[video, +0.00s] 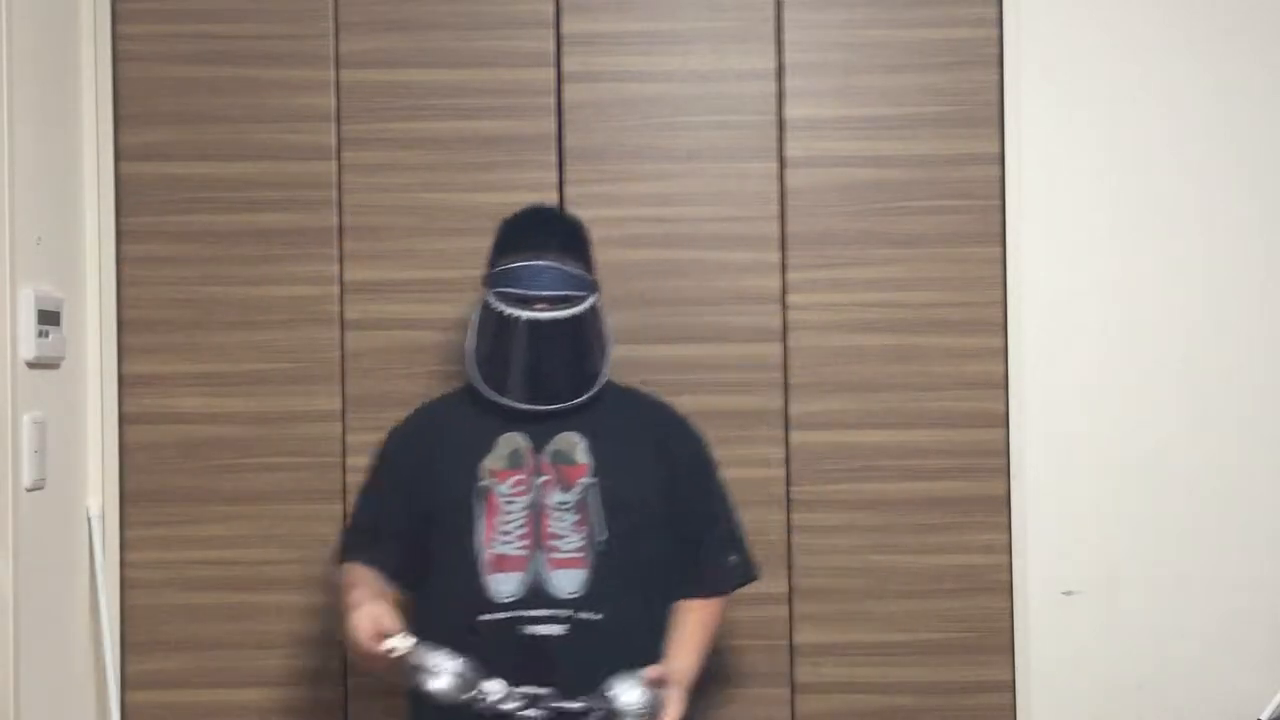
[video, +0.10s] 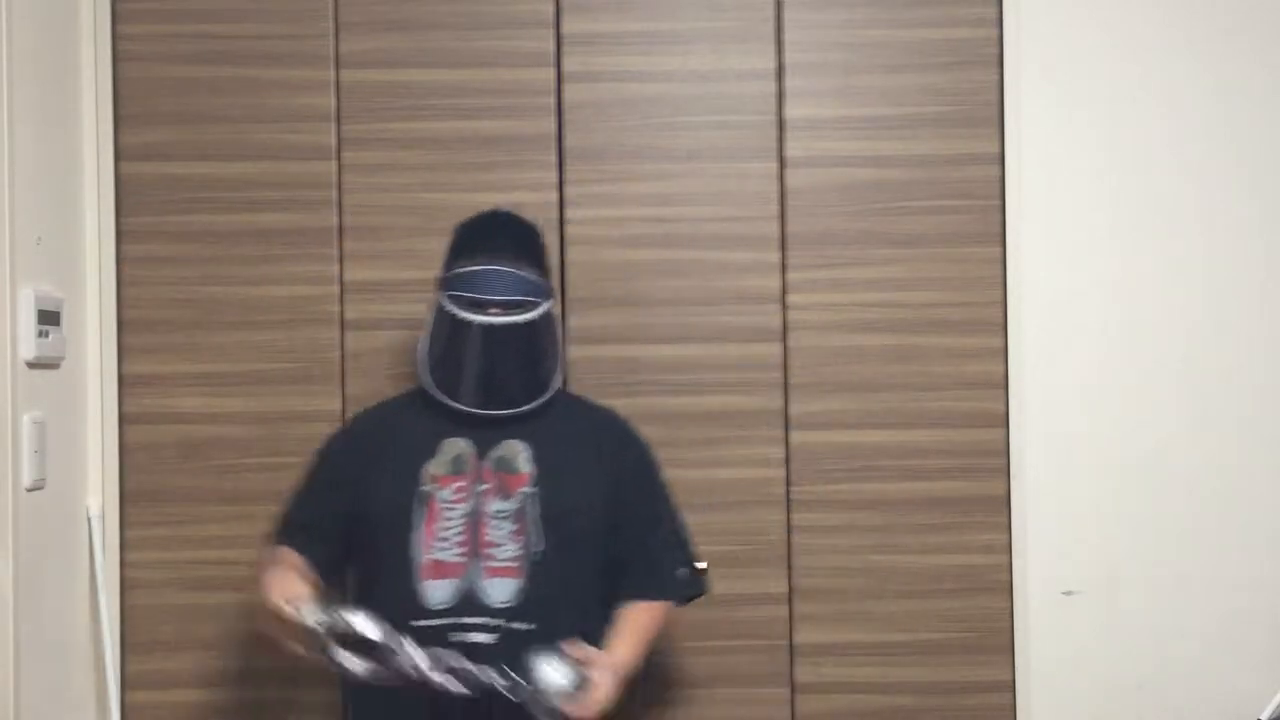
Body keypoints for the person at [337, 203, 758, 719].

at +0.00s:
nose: (539, 338)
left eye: (560, 319)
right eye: (520, 319)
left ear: (592, 316)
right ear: (488, 315)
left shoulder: (658, 439)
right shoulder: (428, 439)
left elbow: (707, 572)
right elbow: (371, 548)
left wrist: (679, 670)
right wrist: (371, 603)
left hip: (614, 703)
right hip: (467, 701)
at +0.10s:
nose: (494, 337)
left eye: (513, 318)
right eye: (474, 316)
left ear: (546, 320)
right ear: (443, 314)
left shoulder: (604, 446)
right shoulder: (372, 442)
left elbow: (655, 579)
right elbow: (296, 552)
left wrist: (615, 663)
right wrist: (293, 596)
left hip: (547, 704)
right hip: (400, 702)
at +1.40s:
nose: (651, 307)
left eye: (673, 286)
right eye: (630, 286)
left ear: (701, 289)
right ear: (594, 290)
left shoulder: (767, 408)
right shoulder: (546, 409)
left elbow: (889, 508)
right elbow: (439, 476)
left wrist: (851, 448)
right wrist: (505, 361)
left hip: (736, 696)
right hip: (586, 696)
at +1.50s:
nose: (659, 295)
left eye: (681, 273)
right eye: (636, 272)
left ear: (711, 283)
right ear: (596, 283)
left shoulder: (783, 407)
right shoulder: (550, 409)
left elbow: (902, 494)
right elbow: (448, 441)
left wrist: (869, 409)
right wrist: (519, 321)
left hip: (757, 695)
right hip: (599, 695)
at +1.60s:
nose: (660, 294)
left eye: (684, 272)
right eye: (637, 272)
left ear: (714, 283)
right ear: (598, 283)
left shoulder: (785, 410)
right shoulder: (550, 410)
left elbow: (905, 492)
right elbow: (445, 437)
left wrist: (871, 409)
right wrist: (518, 319)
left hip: (764, 697)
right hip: (603, 698)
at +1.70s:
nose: (654, 313)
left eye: (676, 292)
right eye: (632, 293)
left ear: (707, 293)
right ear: (596, 295)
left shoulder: (774, 410)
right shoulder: (547, 412)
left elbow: (898, 503)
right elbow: (434, 455)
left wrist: (855, 442)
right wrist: (508, 347)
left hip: (759, 696)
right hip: (602, 697)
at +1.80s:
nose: (636, 307)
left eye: (656, 286)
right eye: (616, 287)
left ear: (687, 286)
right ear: (584, 289)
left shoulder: (758, 402)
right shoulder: (540, 415)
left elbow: (871, 505)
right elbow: (420, 496)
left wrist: (823, 516)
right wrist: (487, 423)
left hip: (735, 697)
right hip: (585, 699)